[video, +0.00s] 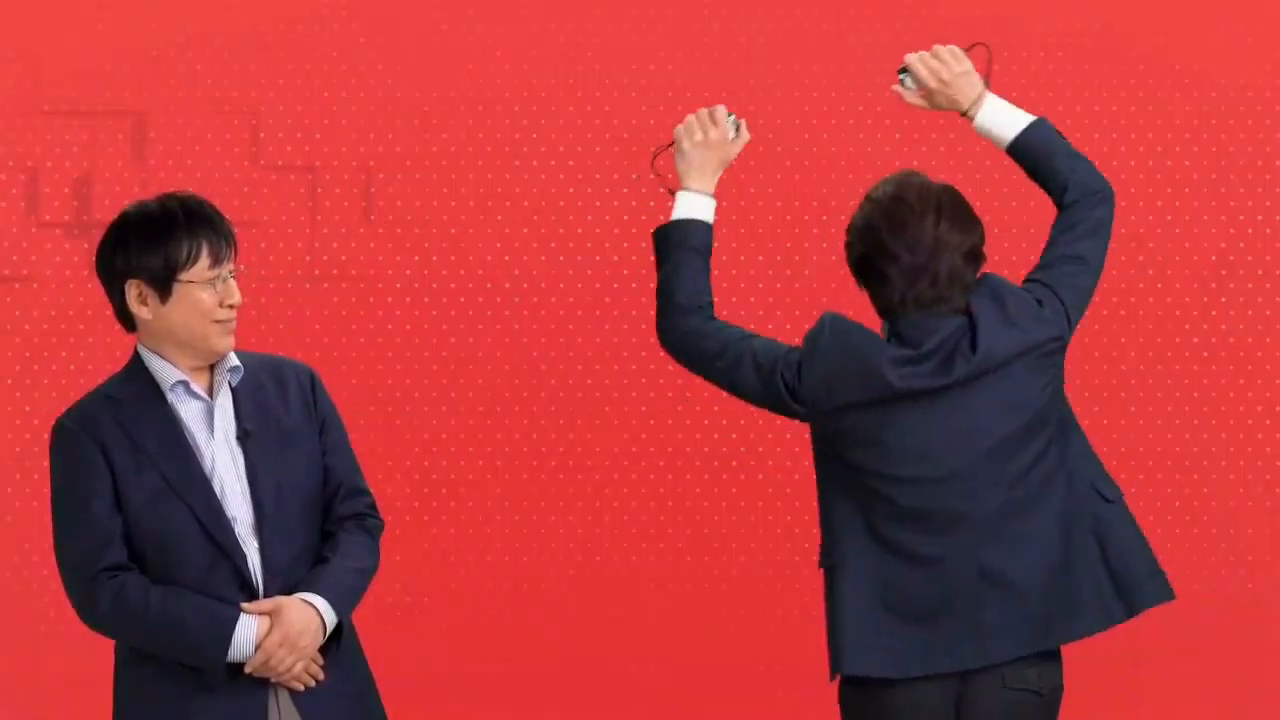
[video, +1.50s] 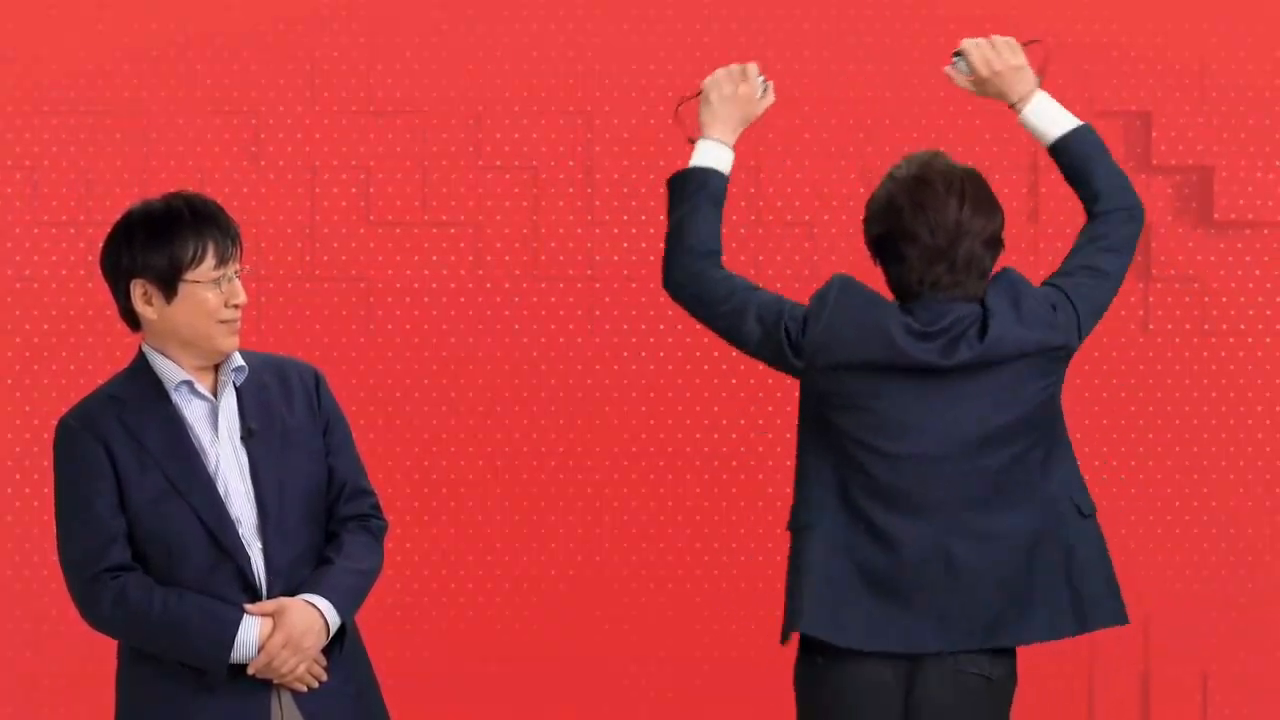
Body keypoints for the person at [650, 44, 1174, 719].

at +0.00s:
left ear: (869, 282)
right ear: (976, 264)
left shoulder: (832, 378)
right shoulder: (1030, 334)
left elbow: (685, 329)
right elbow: (1088, 196)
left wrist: (694, 189)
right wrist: (981, 104)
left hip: (892, 684)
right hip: (1019, 674)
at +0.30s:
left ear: (914, 277)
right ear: (1019, 297)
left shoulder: (866, 340)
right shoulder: (1056, 404)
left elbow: (830, 217)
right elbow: (1214, 396)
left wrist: (950, 147)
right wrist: (1232, 255)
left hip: (809, 671)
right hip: (934, 692)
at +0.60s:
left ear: (877, 269)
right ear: (989, 252)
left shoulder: (834, 369)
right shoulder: (1034, 326)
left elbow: (676, 329)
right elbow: (1077, 193)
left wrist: (694, 188)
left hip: (906, 681)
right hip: (1035, 669)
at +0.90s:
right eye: (1005, 244)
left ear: (891, 248)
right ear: (1005, 257)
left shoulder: (845, 322)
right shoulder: (1051, 354)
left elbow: (755, 213)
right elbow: (1194, 301)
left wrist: (839, 106)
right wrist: (1171, 156)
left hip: (860, 663)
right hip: (989, 673)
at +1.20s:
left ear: (876, 260)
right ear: (982, 247)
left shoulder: (836, 341)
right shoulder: (1039, 328)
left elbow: (705, 263)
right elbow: (1138, 221)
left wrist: (754, 127)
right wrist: (1084, 94)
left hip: (869, 660)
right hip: (999, 657)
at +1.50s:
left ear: (883, 257)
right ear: (993, 249)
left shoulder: (832, 338)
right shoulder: (1038, 333)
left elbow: (690, 274)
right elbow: (1119, 211)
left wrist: (715, 139)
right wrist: (1030, 98)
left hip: (847, 667)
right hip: (976, 666)